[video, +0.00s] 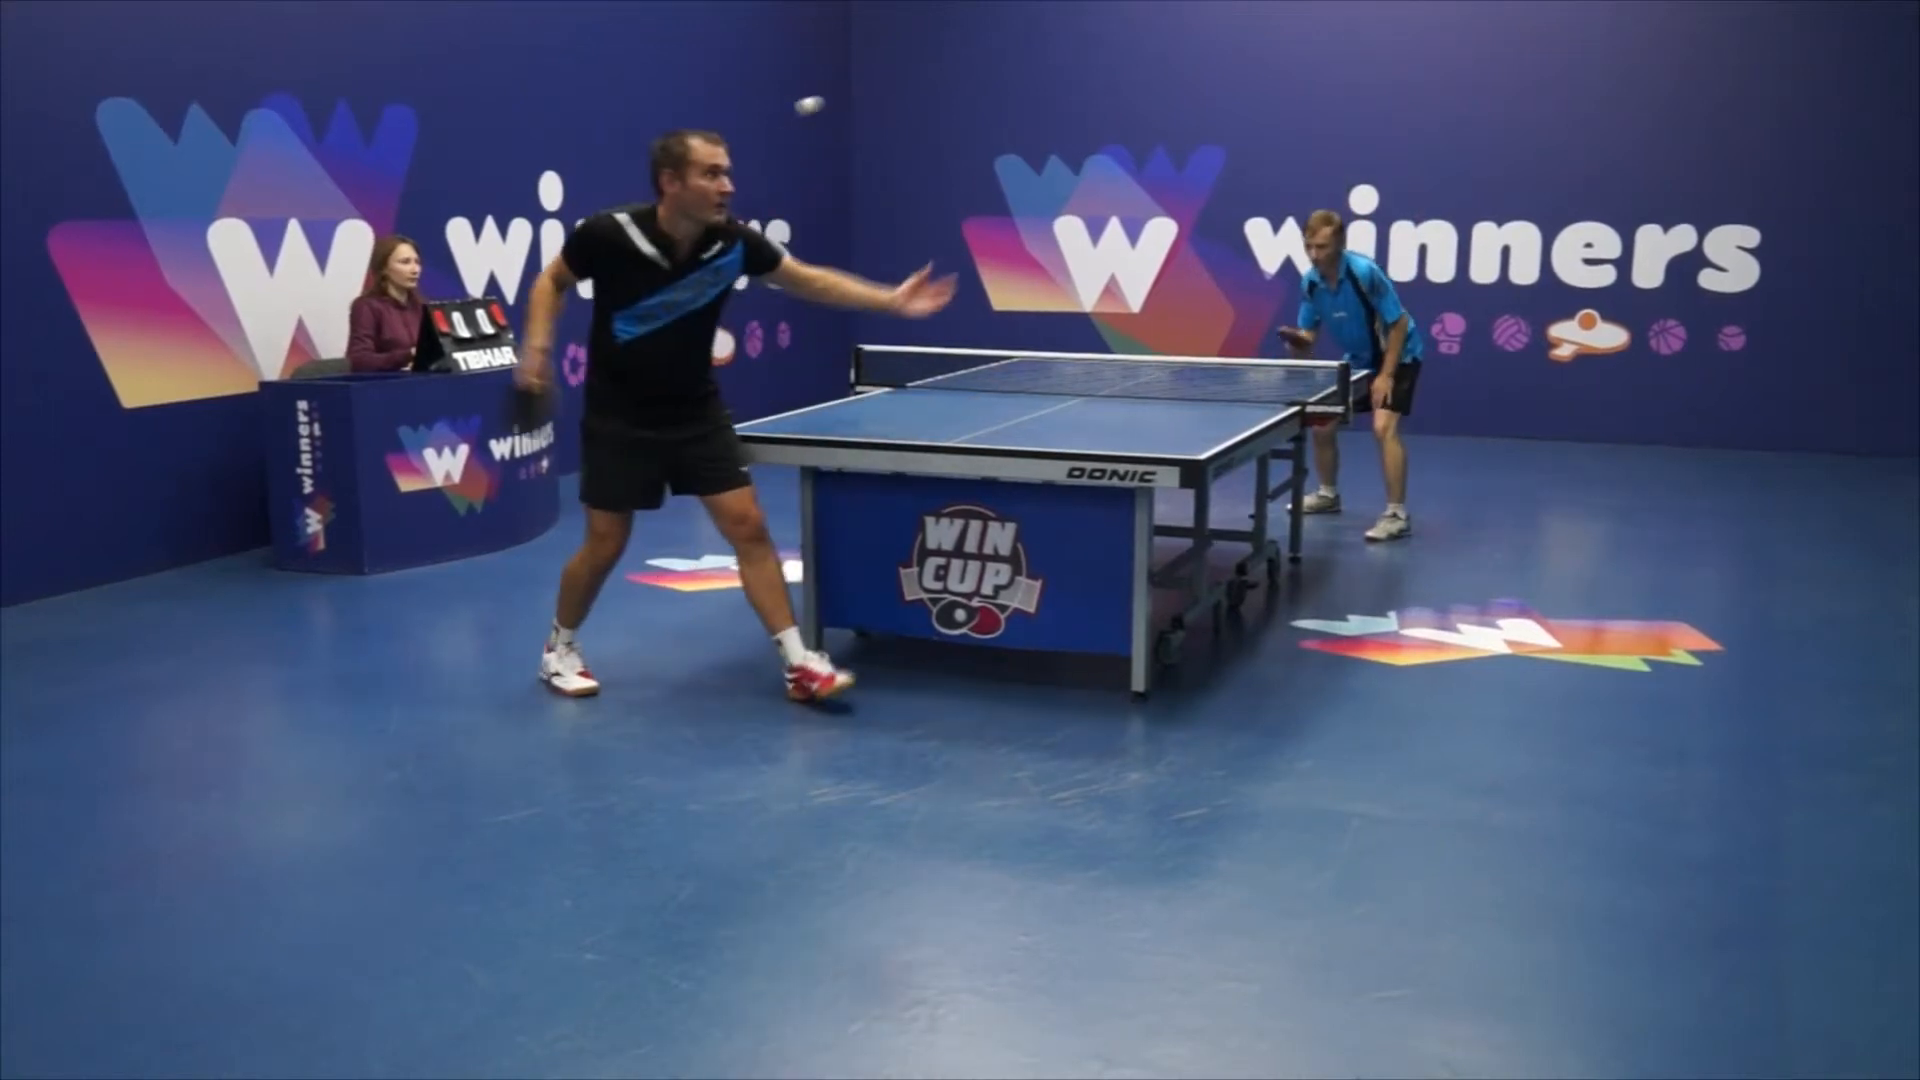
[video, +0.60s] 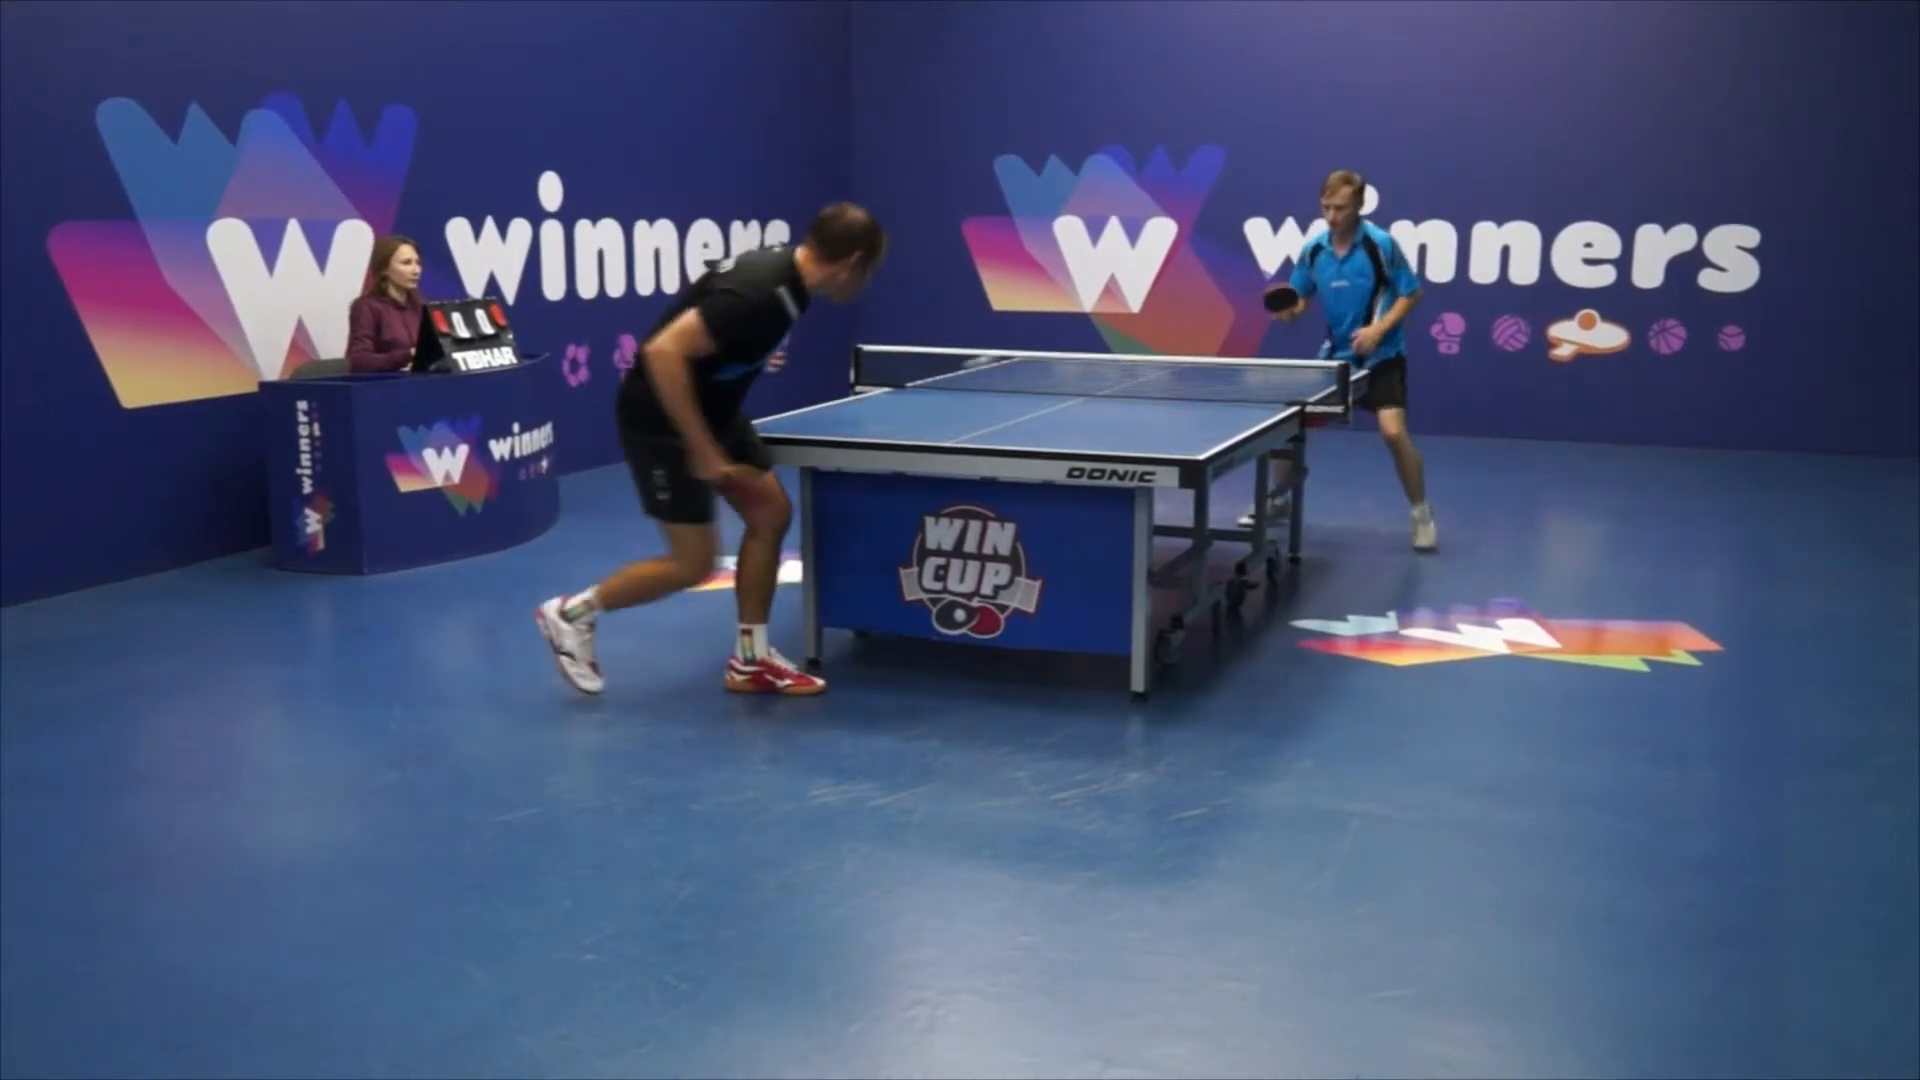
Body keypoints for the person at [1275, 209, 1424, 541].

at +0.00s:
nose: (1315, 254)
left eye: (1323, 247)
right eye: (1311, 247)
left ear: (1340, 245)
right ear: (1306, 246)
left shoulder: (1365, 272)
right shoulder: (1311, 281)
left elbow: (1399, 323)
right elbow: (1307, 337)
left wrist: (1386, 375)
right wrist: (1297, 338)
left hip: (1397, 355)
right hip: (1359, 358)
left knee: (1384, 426)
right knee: (1321, 421)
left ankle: (1396, 512)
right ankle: (1327, 494)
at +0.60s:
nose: (1332, 216)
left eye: (1340, 209)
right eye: (1327, 208)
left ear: (1359, 209)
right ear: (1322, 207)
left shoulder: (1381, 244)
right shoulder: (1314, 249)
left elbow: (1411, 292)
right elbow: (1301, 298)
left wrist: (1379, 329)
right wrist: (1289, 310)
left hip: (1382, 352)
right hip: (1334, 353)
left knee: (1393, 432)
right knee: (1287, 414)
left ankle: (1421, 513)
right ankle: (1278, 499)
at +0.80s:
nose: (1319, 243)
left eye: (1326, 236)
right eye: (1316, 235)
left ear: (1345, 234)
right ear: (1311, 233)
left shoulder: (1371, 267)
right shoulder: (1304, 275)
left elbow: (1409, 306)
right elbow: (1290, 325)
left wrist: (1381, 328)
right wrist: (1282, 364)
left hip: (1373, 375)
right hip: (1323, 375)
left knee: (1397, 444)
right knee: (1268, 429)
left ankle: (1425, 521)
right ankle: (1226, 498)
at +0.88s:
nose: (1309, 260)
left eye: (1316, 253)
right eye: (1305, 253)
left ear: (1334, 250)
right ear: (1300, 250)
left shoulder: (1358, 278)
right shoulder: (1290, 285)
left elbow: (1405, 308)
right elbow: (1265, 330)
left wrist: (1377, 321)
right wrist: (1260, 370)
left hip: (1363, 380)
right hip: (1314, 381)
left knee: (1393, 444)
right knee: (1261, 437)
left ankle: (1420, 522)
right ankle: (1213, 502)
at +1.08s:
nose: (1309, 281)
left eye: (1316, 275)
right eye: (1304, 273)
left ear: (1331, 268)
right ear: (1297, 265)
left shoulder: (1346, 292)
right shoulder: (1282, 288)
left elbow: (1381, 324)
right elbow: (1223, 305)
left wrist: (1347, 314)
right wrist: (1237, 339)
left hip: (1343, 384)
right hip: (1294, 385)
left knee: (1378, 446)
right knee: (1251, 448)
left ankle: (1419, 523)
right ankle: (1202, 507)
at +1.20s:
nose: (1323, 248)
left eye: (1330, 241)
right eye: (1318, 239)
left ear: (1345, 238)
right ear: (1311, 235)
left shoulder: (1359, 267)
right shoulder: (1296, 268)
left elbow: (1400, 281)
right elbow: (1249, 296)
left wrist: (1361, 287)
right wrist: (1227, 291)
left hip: (1352, 375)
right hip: (1301, 375)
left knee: (1384, 440)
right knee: (1250, 434)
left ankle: (1420, 522)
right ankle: (1205, 503)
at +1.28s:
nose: (1330, 227)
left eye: (1337, 220)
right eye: (1326, 219)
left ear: (1354, 219)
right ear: (1320, 216)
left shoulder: (1372, 250)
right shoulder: (1307, 250)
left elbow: (1419, 268)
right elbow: (1262, 276)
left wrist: (1381, 284)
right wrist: (1234, 293)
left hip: (1362, 366)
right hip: (1311, 365)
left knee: (1389, 435)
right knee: (1263, 426)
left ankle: (1421, 519)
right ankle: (1228, 495)